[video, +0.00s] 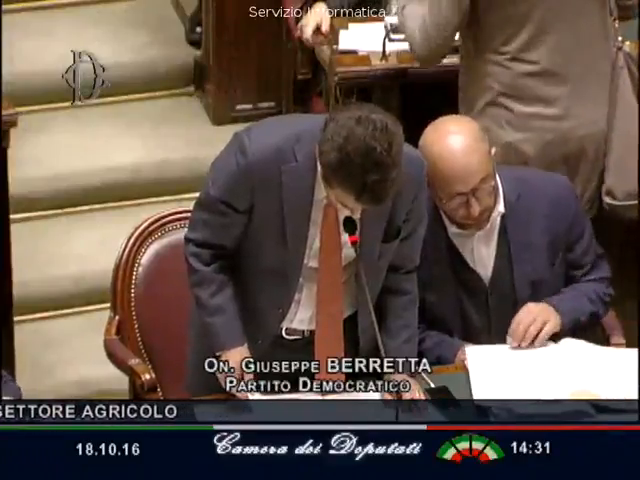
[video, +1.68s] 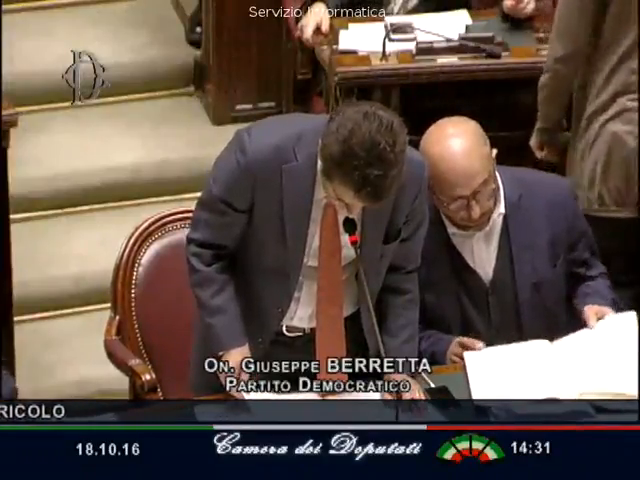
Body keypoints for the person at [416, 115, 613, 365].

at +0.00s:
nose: (475, 208)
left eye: (482, 187)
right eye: (457, 198)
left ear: (492, 159)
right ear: (429, 185)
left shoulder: (552, 197)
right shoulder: (409, 222)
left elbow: (597, 282)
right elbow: (401, 326)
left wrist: (557, 309)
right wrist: (456, 353)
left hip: (554, 371)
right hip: (460, 381)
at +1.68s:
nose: (475, 211)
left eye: (482, 191)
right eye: (456, 201)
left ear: (493, 159)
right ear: (429, 188)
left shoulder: (553, 198)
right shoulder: (408, 223)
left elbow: (587, 270)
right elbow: (396, 325)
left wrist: (596, 303)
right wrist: (443, 349)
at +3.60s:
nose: (471, 209)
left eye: (479, 190)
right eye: (454, 198)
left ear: (492, 158)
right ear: (428, 184)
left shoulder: (552, 196)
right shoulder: (408, 220)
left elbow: (594, 283)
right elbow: (390, 320)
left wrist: (555, 312)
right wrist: (438, 344)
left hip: (547, 373)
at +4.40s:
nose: (469, 211)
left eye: (479, 191)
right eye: (452, 199)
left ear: (491, 159)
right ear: (425, 186)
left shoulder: (550, 197)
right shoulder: (407, 222)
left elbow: (591, 282)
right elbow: (398, 327)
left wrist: (580, 317)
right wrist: (438, 346)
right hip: (454, 380)